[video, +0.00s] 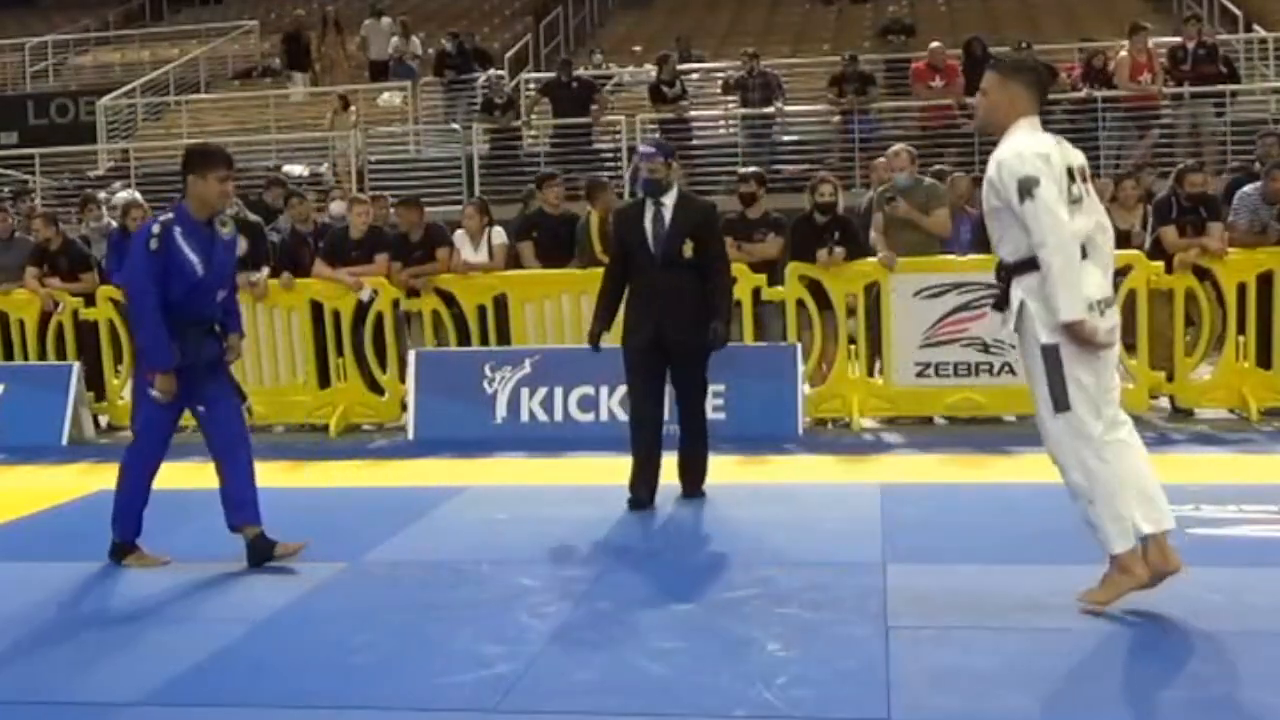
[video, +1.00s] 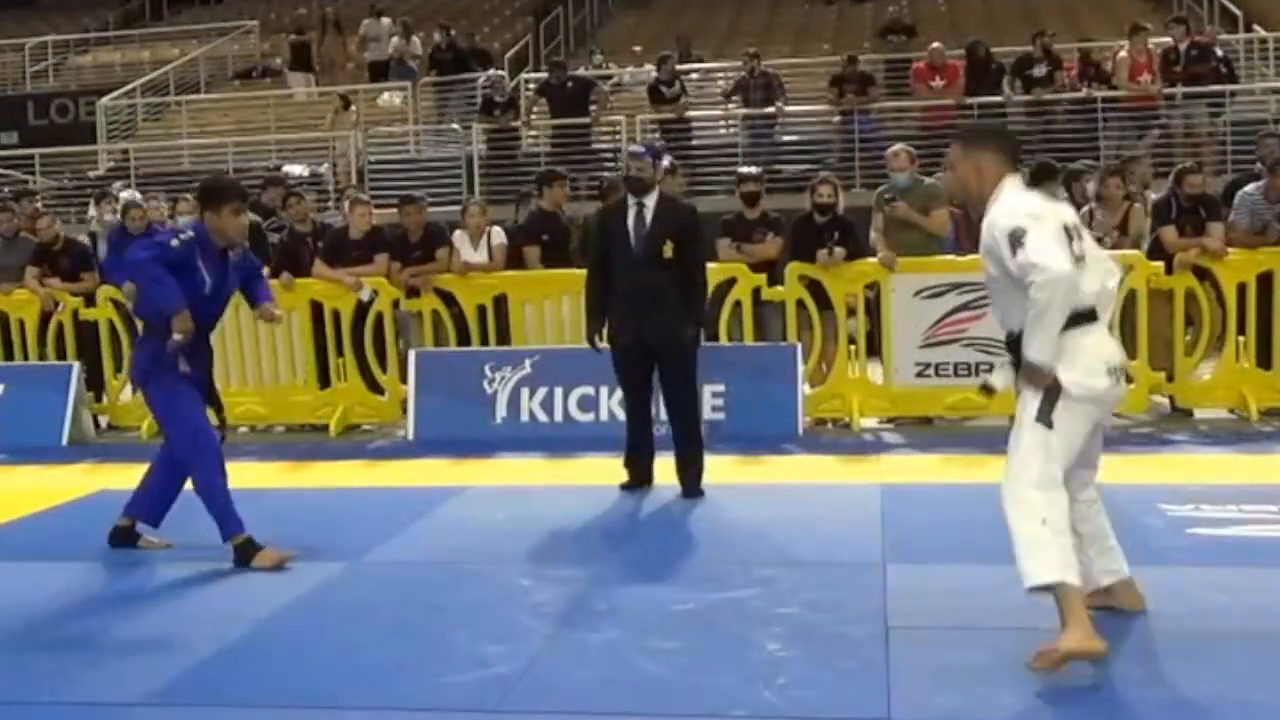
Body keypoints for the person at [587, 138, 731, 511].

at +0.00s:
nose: (646, 171)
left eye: (653, 165)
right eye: (642, 165)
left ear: (671, 168)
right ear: (636, 170)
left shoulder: (700, 212)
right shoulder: (625, 216)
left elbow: (717, 271)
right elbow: (616, 273)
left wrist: (720, 319)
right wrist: (600, 322)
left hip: (689, 328)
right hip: (641, 328)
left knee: (691, 411)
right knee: (643, 413)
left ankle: (692, 485)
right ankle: (641, 492)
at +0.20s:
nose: (656, 170)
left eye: (664, 164)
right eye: (653, 164)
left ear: (682, 168)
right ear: (648, 168)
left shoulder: (708, 213)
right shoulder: (633, 213)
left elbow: (720, 272)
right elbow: (622, 266)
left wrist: (714, 319)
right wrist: (621, 303)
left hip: (690, 324)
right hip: (644, 325)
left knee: (693, 407)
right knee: (644, 408)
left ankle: (693, 481)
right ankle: (642, 482)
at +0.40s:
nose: (659, 172)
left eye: (666, 166)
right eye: (656, 166)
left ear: (685, 168)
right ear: (652, 169)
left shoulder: (710, 214)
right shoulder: (636, 211)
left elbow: (718, 274)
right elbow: (623, 267)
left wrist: (717, 325)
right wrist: (614, 312)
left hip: (690, 325)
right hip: (643, 324)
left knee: (693, 407)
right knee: (636, 401)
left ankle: (692, 480)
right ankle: (636, 469)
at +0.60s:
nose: (652, 170)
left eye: (660, 164)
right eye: (649, 163)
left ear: (679, 169)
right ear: (644, 167)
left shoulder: (703, 215)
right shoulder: (630, 212)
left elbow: (717, 273)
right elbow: (616, 270)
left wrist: (723, 325)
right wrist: (605, 318)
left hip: (686, 324)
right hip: (638, 323)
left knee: (690, 406)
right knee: (634, 403)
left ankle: (692, 481)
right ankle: (634, 473)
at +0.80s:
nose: (642, 170)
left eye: (650, 165)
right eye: (638, 164)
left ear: (667, 170)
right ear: (631, 168)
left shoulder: (692, 215)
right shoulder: (618, 214)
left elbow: (706, 272)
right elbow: (607, 270)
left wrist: (715, 324)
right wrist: (599, 319)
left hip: (677, 325)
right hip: (630, 325)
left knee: (685, 406)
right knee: (636, 406)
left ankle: (691, 480)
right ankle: (637, 476)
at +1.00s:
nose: (633, 173)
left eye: (642, 167)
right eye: (630, 166)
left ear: (658, 172)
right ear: (624, 169)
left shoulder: (681, 214)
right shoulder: (606, 217)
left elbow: (694, 270)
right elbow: (597, 271)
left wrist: (695, 319)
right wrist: (595, 317)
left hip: (673, 323)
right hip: (626, 325)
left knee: (682, 405)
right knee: (635, 404)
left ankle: (690, 477)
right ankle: (638, 473)